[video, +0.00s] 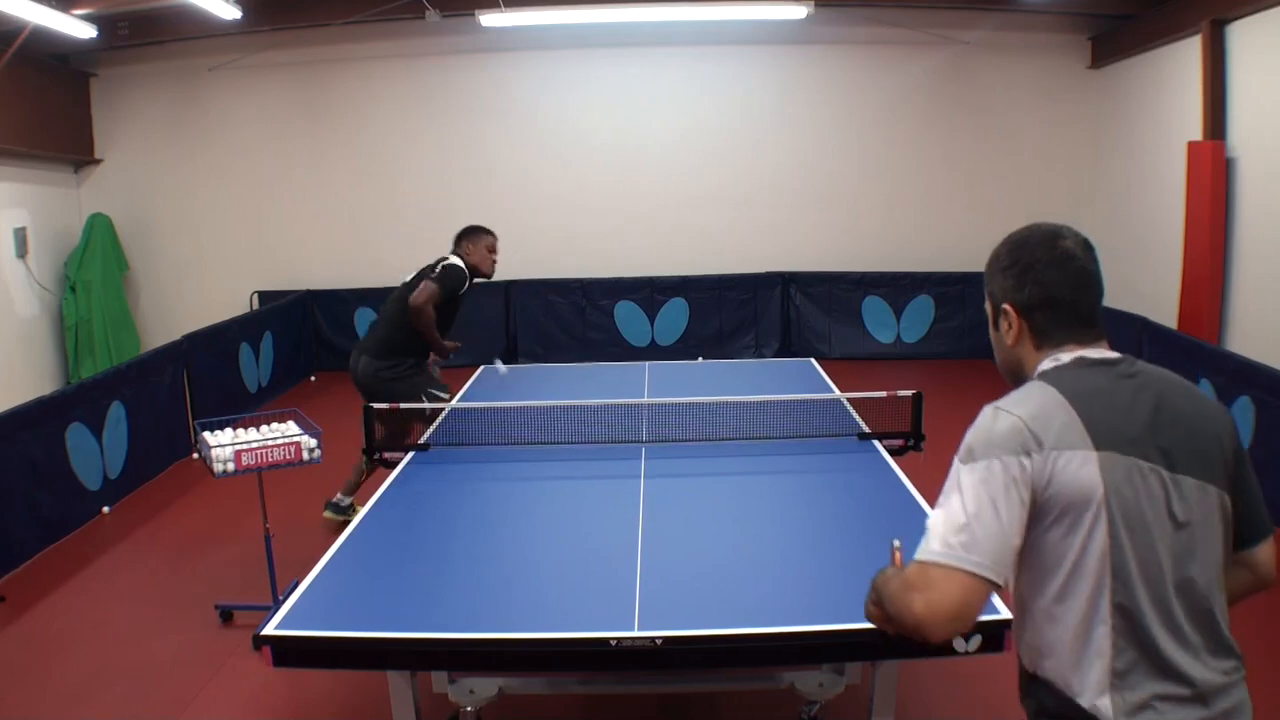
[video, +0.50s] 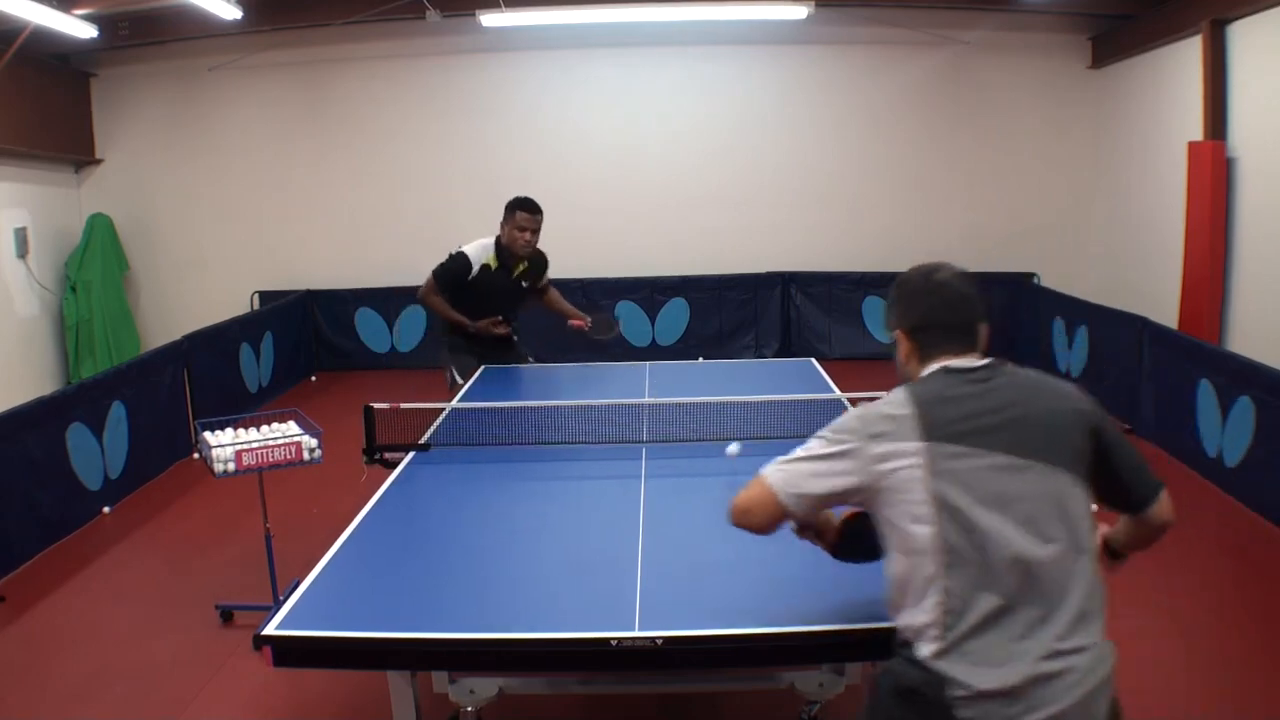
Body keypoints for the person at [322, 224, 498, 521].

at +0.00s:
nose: (495, 258)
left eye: (496, 252)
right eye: (490, 250)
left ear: (464, 249)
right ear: (468, 247)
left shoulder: (440, 266)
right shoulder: (455, 270)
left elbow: (406, 306)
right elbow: (419, 302)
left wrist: (423, 355)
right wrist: (440, 345)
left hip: (371, 362)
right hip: (392, 369)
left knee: (394, 433)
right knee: (454, 422)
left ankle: (342, 499)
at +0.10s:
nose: (505, 257)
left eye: (509, 252)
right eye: (500, 248)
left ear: (511, 253)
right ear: (477, 243)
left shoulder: (473, 276)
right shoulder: (451, 268)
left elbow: (455, 320)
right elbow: (401, 299)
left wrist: (464, 352)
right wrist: (437, 343)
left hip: (421, 361)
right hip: (397, 362)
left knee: (430, 429)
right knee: (451, 422)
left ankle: (362, 478)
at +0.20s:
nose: (505, 246)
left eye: (511, 241)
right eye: (499, 237)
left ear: (516, 241)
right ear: (480, 230)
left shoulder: (491, 263)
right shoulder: (449, 258)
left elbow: (477, 298)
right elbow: (396, 292)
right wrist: (437, 333)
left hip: (442, 349)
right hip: (412, 350)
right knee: (456, 412)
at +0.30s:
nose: (510, 233)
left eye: (517, 228)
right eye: (504, 224)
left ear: (523, 227)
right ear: (486, 216)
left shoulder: (507, 249)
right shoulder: (453, 246)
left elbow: (497, 280)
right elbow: (404, 283)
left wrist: (526, 314)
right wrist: (447, 318)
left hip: (464, 331)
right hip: (424, 329)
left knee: (475, 396)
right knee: (455, 404)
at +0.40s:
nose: (518, 232)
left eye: (525, 226)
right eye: (511, 224)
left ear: (530, 226)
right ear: (494, 218)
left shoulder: (521, 250)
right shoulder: (461, 246)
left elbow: (516, 277)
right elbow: (416, 283)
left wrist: (549, 306)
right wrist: (461, 315)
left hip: (482, 328)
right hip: (442, 329)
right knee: (459, 400)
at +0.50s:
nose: (529, 238)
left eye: (535, 232)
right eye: (521, 230)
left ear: (540, 233)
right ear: (503, 228)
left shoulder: (537, 262)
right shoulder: (470, 258)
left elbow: (543, 290)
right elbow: (427, 295)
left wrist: (576, 315)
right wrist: (472, 326)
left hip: (504, 339)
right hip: (463, 342)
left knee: (534, 386)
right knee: (476, 402)